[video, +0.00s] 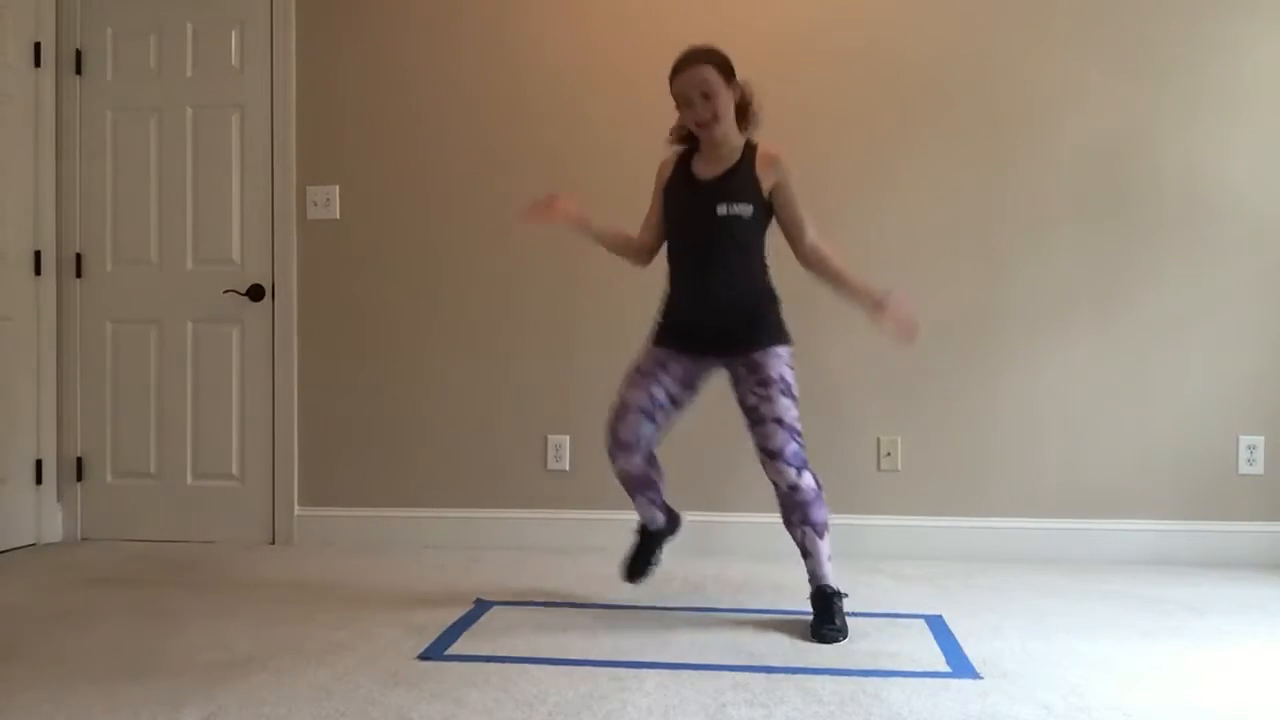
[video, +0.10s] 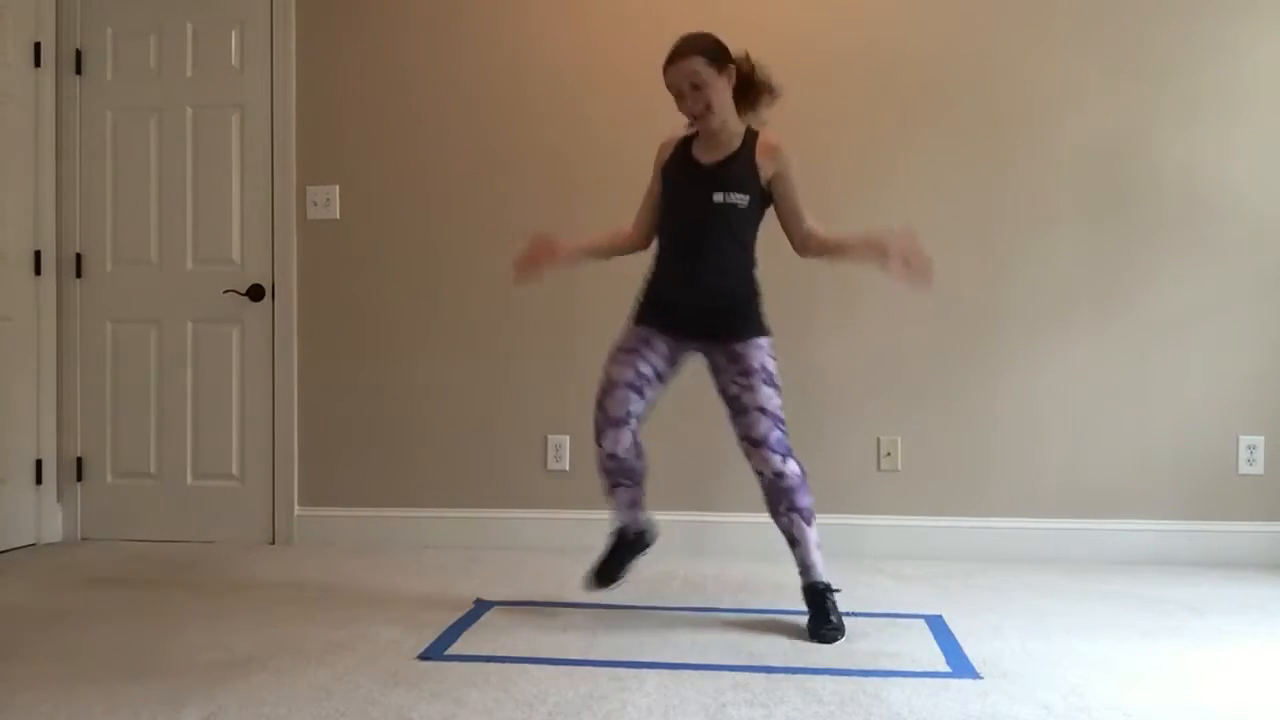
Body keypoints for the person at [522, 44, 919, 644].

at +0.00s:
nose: (697, 109)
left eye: (705, 95)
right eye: (685, 101)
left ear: (733, 92)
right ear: (676, 108)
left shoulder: (766, 165)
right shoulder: (673, 168)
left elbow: (808, 250)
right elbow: (642, 250)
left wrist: (874, 300)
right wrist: (582, 222)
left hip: (754, 333)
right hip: (682, 332)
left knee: (783, 457)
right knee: (625, 438)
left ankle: (823, 588)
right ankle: (657, 522)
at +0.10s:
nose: (688, 101)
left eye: (697, 86)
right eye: (678, 92)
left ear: (729, 78)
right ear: (673, 96)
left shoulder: (766, 153)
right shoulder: (674, 151)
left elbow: (805, 240)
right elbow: (639, 235)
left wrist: (879, 246)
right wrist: (568, 249)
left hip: (734, 322)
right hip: (662, 317)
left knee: (768, 451)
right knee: (615, 408)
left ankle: (815, 585)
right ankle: (631, 528)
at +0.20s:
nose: (680, 105)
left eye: (688, 90)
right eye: (670, 95)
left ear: (722, 83)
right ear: (666, 100)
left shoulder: (757, 160)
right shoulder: (659, 158)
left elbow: (784, 248)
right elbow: (624, 241)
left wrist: (821, 194)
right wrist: (575, 302)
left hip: (704, 325)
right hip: (630, 316)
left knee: (748, 454)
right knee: (592, 447)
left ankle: (800, 582)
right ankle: (582, 569)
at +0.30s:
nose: (669, 129)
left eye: (679, 116)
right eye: (659, 120)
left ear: (712, 114)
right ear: (652, 125)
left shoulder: (737, 192)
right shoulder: (636, 185)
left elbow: (745, 281)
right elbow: (607, 266)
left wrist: (773, 210)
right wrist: (574, 336)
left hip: (678, 349)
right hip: (604, 339)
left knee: (734, 470)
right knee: (573, 467)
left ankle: (792, 589)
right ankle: (564, 593)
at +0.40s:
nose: (663, 129)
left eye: (675, 116)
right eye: (652, 119)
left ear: (700, 121)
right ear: (641, 126)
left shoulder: (719, 202)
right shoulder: (620, 187)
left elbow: (730, 288)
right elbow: (584, 270)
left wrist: (774, 227)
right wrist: (533, 341)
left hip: (668, 356)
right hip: (594, 347)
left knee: (725, 472)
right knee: (571, 469)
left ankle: (787, 593)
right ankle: (564, 597)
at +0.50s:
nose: (666, 87)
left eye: (676, 76)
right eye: (653, 78)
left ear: (694, 84)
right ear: (635, 87)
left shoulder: (707, 160)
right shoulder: (613, 151)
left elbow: (736, 253)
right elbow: (570, 233)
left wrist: (814, 264)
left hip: (688, 323)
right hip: (617, 324)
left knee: (737, 442)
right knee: (592, 456)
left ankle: (771, 569)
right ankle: (570, 590)